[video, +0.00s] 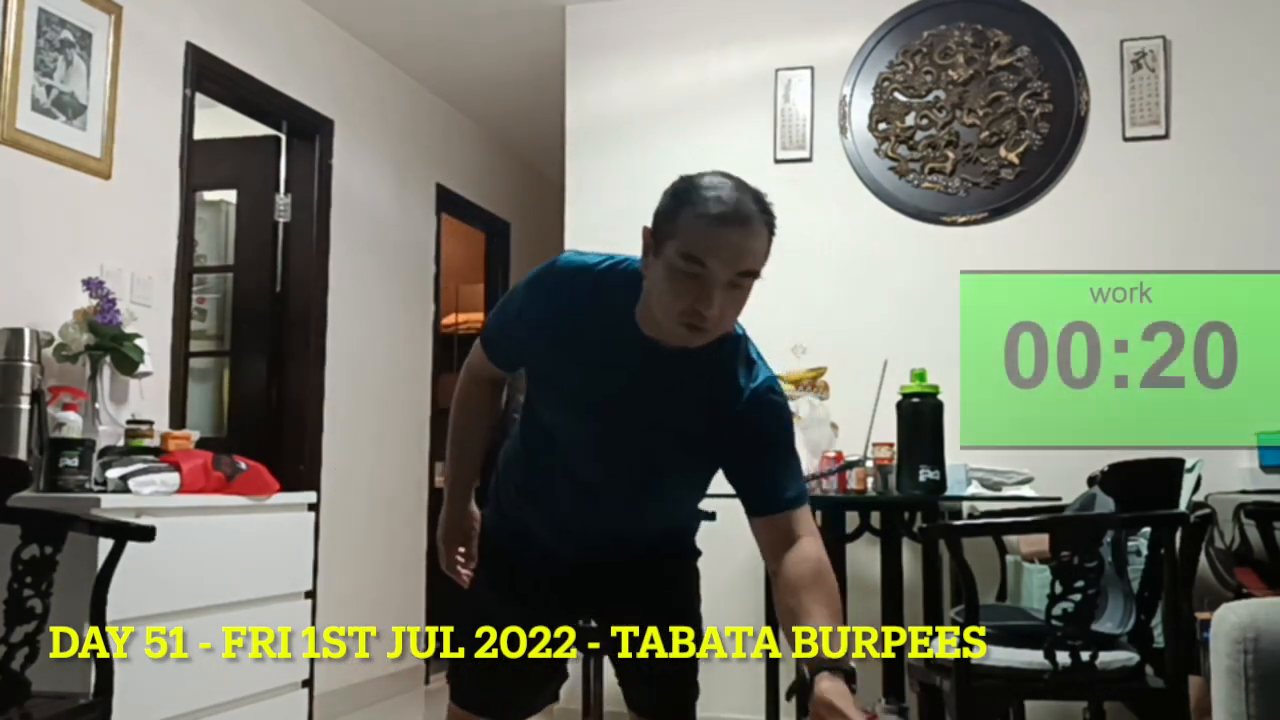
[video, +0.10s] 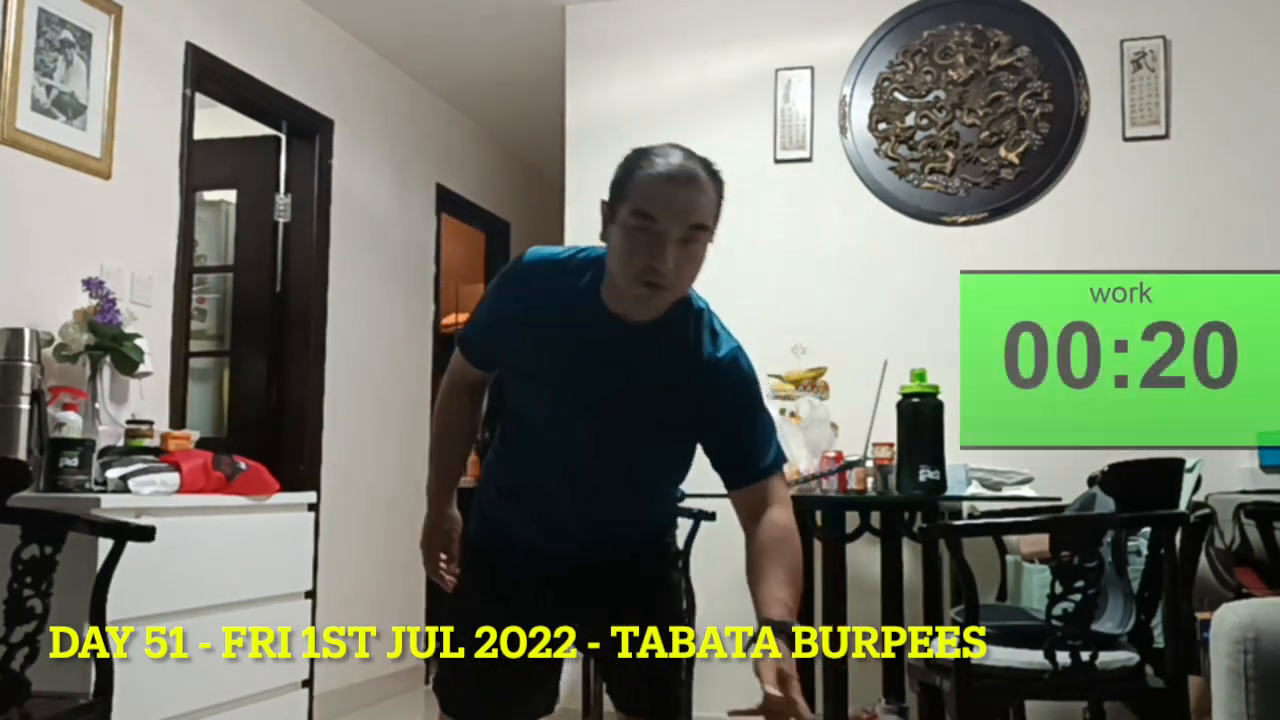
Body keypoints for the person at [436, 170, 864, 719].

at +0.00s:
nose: (711, 304)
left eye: (740, 282)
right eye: (691, 271)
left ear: (757, 278)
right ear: (648, 248)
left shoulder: (748, 395)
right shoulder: (562, 291)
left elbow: (792, 543)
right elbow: (482, 374)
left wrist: (829, 671)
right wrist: (458, 501)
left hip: (651, 560)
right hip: (530, 541)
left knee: (667, 711)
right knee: (476, 707)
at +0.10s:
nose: (664, 256)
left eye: (692, 236)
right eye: (643, 225)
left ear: (710, 244)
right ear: (607, 219)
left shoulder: (714, 362)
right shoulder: (532, 285)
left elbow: (767, 506)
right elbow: (463, 383)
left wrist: (777, 632)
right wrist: (441, 504)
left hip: (633, 562)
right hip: (510, 547)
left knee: (658, 709)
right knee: (485, 711)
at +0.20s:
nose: (605, 215)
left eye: (629, 195)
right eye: (587, 189)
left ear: (651, 206)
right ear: (554, 189)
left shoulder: (671, 328)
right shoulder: (492, 279)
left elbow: (719, 474)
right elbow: (436, 394)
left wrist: (722, 593)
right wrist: (420, 511)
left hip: (610, 542)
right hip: (493, 533)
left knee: (630, 703)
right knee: (471, 705)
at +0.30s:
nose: (547, 189)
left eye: (568, 169)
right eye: (528, 166)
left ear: (594, 179)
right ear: (502, 170)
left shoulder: (625, 294)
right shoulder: (446, 273)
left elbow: (667, 428)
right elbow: (403, 398)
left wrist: (677, 548)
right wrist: (394, 511)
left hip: (581, 551)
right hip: (467, 549)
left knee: (609, 709)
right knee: (455, 712)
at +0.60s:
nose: (476, 174)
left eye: (495, 155)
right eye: (457, 157)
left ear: (527, 164)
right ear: (437, 166)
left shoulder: (570, 266)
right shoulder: (399, 266)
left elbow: (603, 393)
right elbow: (359, 386)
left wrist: (601, 507)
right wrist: (349, 494)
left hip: (544, 518)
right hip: (442, 517)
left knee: (548, 689)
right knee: (458, 684)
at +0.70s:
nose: (458, 227)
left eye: (477, 205)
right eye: (439, 207)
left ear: (515, 194)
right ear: (419, 202)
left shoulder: (562, 288)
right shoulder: (392, 289)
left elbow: (592, 418)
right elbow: (362, 409)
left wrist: (586, 531)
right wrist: (353, 519)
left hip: (538, 527)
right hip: (437, 527)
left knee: (543, 689)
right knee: (453, 688)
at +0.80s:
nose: (449, 317)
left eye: (467, 294)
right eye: (427, 297)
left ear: (502, 265)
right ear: (405, 279)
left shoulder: (555, 339)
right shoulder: (380, 342)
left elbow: (583, 472)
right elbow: (360, 466)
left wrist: (576, 589)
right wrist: (358, 575)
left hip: (537, 530)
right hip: (437, 532)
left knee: (550, 678)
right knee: (441, 686)